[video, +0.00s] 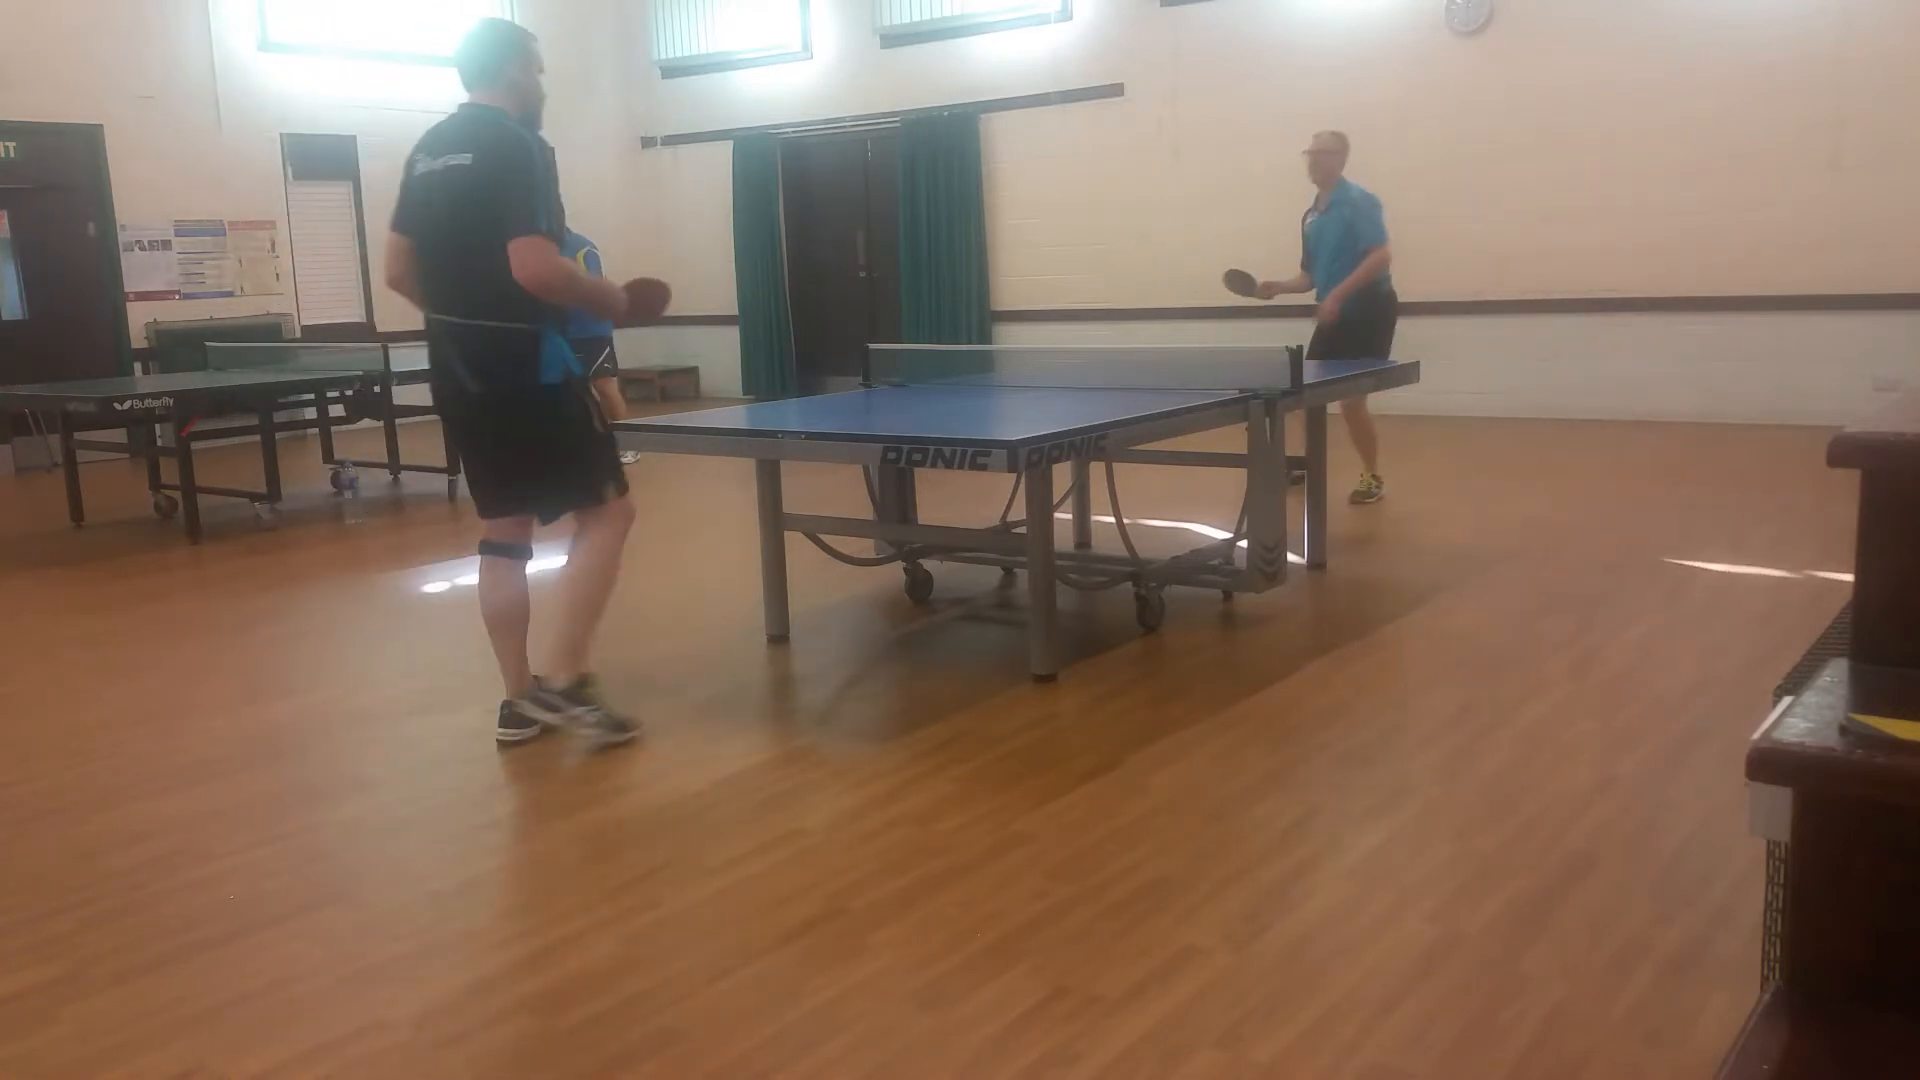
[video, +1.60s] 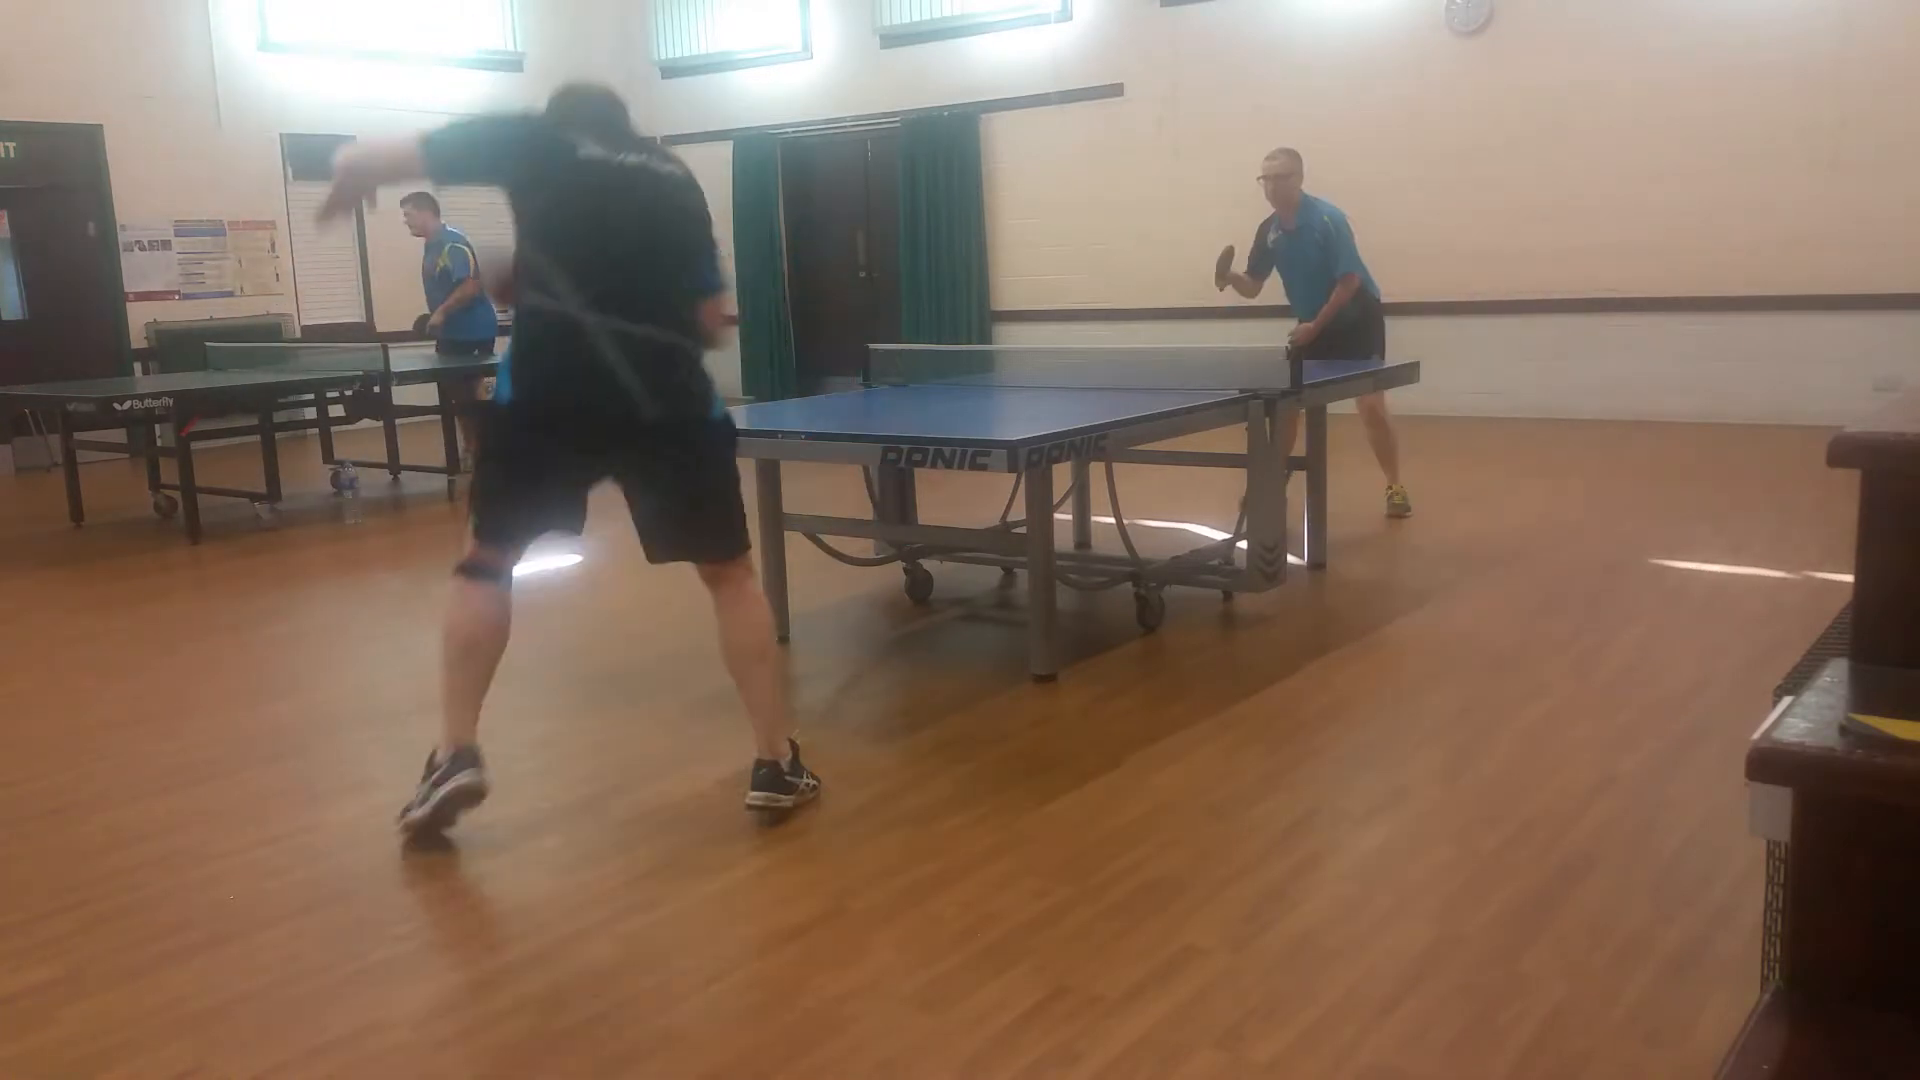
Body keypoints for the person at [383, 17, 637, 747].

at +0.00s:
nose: (542, 84)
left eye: (539, 71)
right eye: (535, 72)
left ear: (472, 75)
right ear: (511, 72)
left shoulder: (427, 146)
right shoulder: (519, 144)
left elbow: (399, 271)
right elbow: (534, 265)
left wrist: (469, 314)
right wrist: (611, 299)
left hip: (460, 367)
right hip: (529, 363)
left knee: (503, 532)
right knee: (607, 511)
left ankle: (518, 702)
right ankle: (563, 679)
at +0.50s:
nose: (670, 116)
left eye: (670, 102)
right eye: (667, 101)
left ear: (603, 94)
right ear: (641, 96)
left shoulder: (541, 151)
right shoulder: (636, 171)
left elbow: (496, 252)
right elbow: (650, 292)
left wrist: (502, 346)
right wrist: (733, 320)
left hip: (547, 363)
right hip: (619, 365)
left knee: (584, 498)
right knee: (666, 498)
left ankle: (533, 634)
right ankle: (658, 659)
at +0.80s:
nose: (688, 127)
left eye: (686, 112)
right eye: (683, 112)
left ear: (627, 106)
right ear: (657, 108)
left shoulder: (558, 152)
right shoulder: (644, 186)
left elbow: (490, 236)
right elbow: (662, 309)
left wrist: (481, 282)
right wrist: (719, 324)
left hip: (540, 349)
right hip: (604, 359)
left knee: (580, 481)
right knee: (660, 494)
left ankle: (528, 623)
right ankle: (658, 656)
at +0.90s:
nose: (682, 127)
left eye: (683, 112)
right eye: (678, 111)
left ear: (621, 103)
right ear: (653, 105)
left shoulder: (560, 160)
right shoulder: (637, 184)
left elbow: (485, 228)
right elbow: (662, 312)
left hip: (536, 364)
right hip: (581, 371)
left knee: (555, 500)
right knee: (671, 491)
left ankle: (530, 635)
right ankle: (655, 654)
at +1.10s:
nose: (661, 124)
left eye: (659, 110)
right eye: (656, 111)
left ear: (584, 105)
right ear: (638, 113)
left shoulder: (524, 178)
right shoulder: (669, 193)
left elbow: (513, 287)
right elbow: (709, 329)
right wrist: (729, 431)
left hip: (542, 413)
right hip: (646, 417)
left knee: (549, 535)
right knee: (671, 537)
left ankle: (534, 657)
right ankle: (658, 657)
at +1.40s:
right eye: (632, 45)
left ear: (565, 43)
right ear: (629, 44)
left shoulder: (537, 87)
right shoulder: (680, 121)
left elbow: (438, 179)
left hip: (558, 380)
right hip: (663, 379)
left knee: (517, 554)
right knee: (671, 508)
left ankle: (491, 768)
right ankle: (655, 655)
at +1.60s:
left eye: (553, 119)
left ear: (556, 121)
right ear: (626, 122)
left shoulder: (531, 140)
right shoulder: (677, 178)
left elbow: (371, 158)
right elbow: (717, 318)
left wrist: (344, 192)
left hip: (550, 402)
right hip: (669, 402)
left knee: (485, 567)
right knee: (731, 575)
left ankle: (458, 750)